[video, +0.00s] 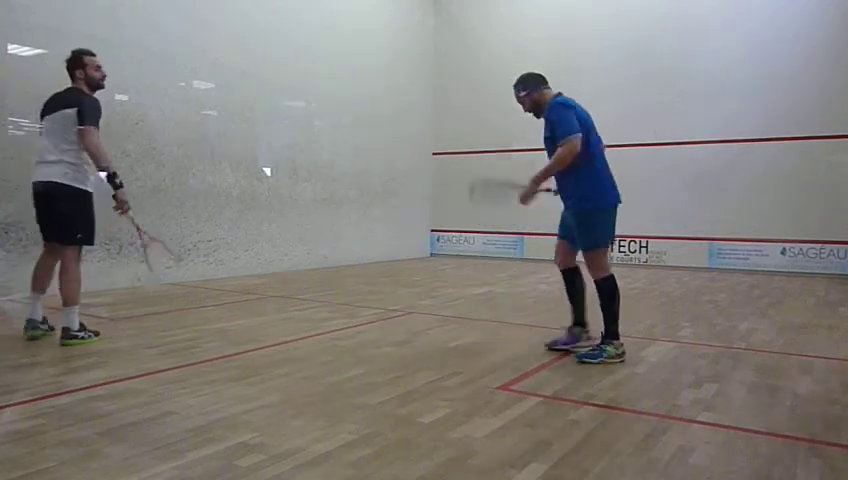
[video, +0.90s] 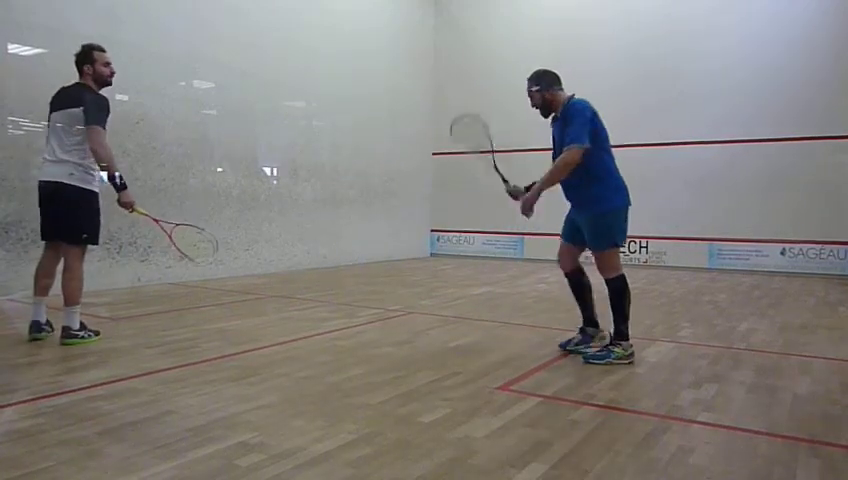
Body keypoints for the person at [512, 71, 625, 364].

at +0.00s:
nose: (522, 108)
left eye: (522, 101)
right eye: (520, 103)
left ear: (535, 93)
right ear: (537, 92)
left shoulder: (560, 109)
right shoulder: (561, 110)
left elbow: (571, 147)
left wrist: (536, 180)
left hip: (594, 201)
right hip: (577, 202)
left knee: (597, 264)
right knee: (564, 259)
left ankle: (611, 342)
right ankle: (579, 329)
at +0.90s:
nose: (531, 102)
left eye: (532, 95)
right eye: (529, 96)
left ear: (548, 90)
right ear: (547, 92)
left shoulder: (577, 110)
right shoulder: (559, 122)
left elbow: (572, 157)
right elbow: (562, 168)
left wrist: (535, 193)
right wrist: (531, 189)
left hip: (605, 204)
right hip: (582, 205)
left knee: (609, 265)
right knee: (567, 259)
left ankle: (622, 343)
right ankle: (591, 330)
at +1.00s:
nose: (526, 103)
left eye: (529, 95)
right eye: (525, 96)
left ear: (544, 92)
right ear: (545, 93)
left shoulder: (567, 113)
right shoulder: (555, 121)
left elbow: (551, 162)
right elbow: (549, 172)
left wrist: (518, 193)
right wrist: (514, 179)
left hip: (603, 202)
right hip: (580, 203)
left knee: (607, 265)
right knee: (560, 258)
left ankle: (621, 343)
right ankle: (570, 330)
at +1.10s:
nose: (516, 103)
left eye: (519, 97)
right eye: (516, 98)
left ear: (534, 95)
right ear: (536, 96)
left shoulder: (557, 114)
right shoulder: (546, 125)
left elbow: (521, 155)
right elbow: (526, 172)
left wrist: (483, 175)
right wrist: (496, 152)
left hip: (594, 202)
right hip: (571, 204)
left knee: (602, 265)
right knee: (549, 256)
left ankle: (621, 343)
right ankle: (532, 324)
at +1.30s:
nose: (493, 103)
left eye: (496, 97)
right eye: (493, 99)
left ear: (509, 98)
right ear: (510, 101)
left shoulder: (526, 120)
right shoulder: (515, 131)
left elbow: (487, 145)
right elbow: (486, 155)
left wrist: (456, 152)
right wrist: (492, 123)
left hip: (557, 208)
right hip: (540, 211)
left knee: (569, 270)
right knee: (520, 261)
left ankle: (613, 336)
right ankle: (501, 321)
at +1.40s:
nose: (480, 117)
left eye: (482, 112)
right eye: (480, 112)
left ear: (490, 111)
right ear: (503, 110)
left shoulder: (500, 130)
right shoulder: (513, 128)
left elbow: (464, 164)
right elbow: (481, 159)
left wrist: (451, 169)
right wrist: (459, 157)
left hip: (533, 207)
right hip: (537, 205)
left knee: (529, 269)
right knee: (508, 260)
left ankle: (588, 322)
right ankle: (498, 323)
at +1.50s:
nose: (470, 116)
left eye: (472, 112)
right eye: (470, 112)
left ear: (480, 111)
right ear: (493, 110)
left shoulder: (479, 130)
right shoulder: (509, 131)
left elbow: (451, 170)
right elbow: (486, 171)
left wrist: (437, 203)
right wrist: (459, 190)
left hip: (509, 203)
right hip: (532, 200)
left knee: (499, 266)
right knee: (504, 263)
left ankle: (557, 309)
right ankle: (498, 322)